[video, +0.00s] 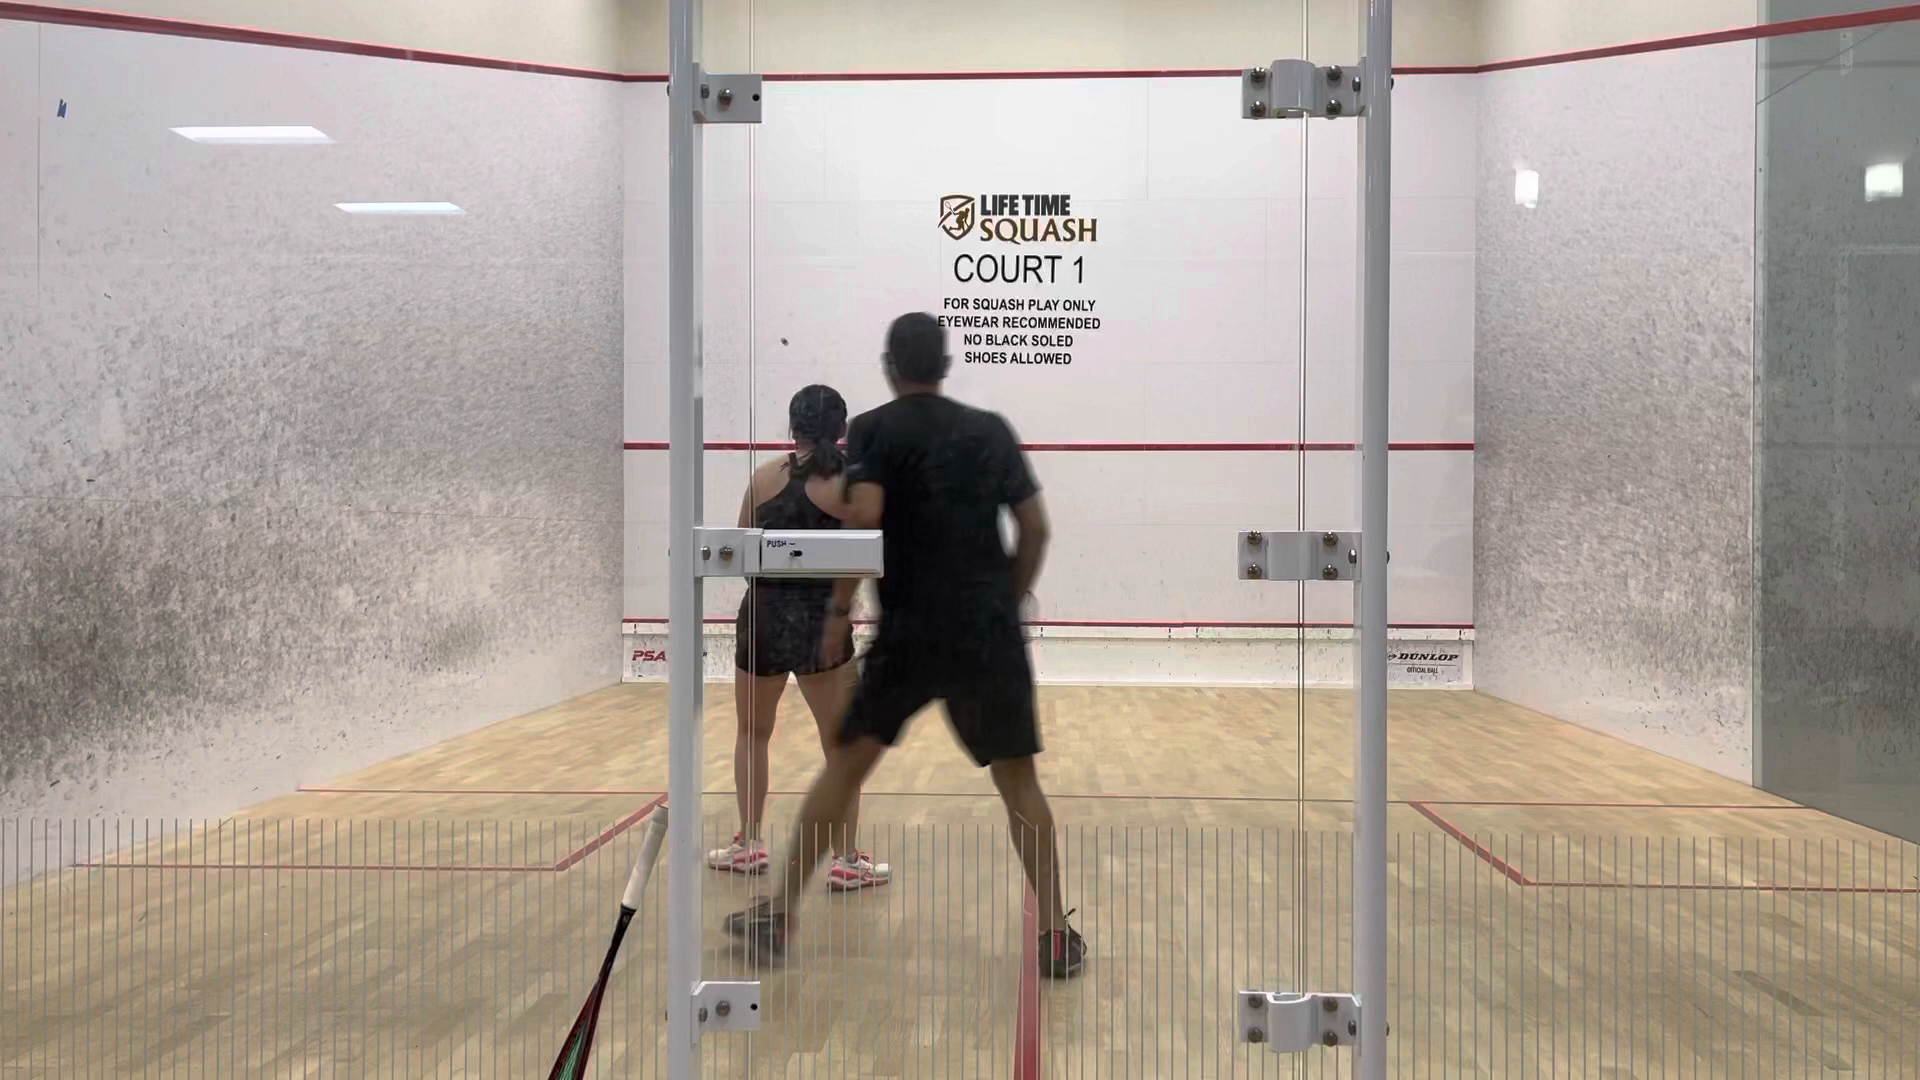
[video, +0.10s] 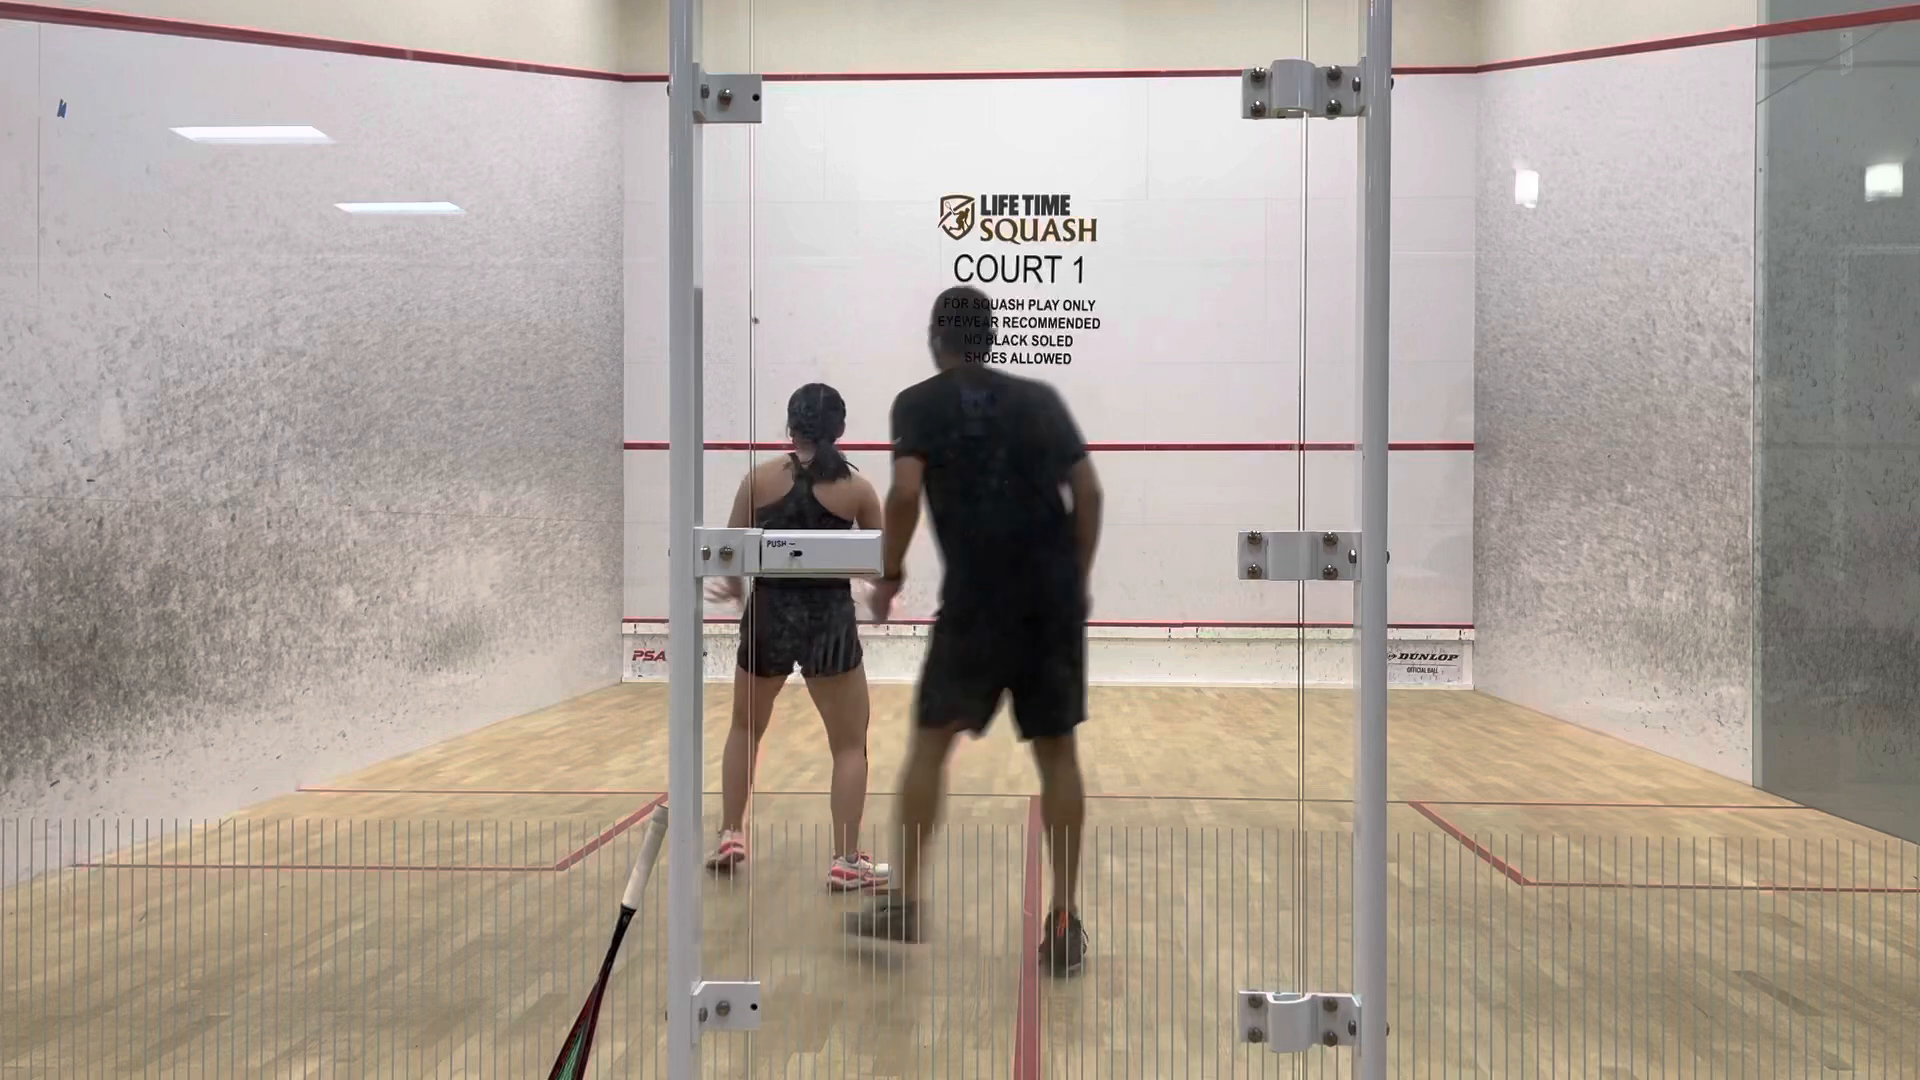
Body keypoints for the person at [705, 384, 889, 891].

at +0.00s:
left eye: (798, 427)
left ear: (792, 429)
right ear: (842, 430)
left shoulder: (764, 478)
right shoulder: (851, 484)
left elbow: (741, 547)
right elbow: (862, 558)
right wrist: (843, 609)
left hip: (763, 618)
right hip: (825, 620)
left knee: (752, 732)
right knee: (842, 742)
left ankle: (750, 841)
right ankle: (845, 855)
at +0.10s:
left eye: (795, 422)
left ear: (790, 427)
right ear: (840, 429)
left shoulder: (759, 479)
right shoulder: (858, 489)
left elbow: (730, 549)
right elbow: (881, 565)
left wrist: (734, 583)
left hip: (766, 623)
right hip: (828, 627)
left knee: (745, 729)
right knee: (849, 744)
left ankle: (732, 833)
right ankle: (846, 858)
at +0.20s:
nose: (781, 428)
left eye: (782, 419)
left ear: (782, 424)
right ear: (832, 426)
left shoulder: (758, 477)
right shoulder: (845, 487)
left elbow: (714, 545)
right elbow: (843, 557)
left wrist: (682, 561)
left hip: (773, 625)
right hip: (833, 627)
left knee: (738, 724)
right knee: (846, 744)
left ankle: (713, 832)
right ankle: (847, 857)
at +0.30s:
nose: (762, 423)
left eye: (765, 415)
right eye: (767, 415)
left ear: (768, 423)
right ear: (814, 427)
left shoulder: (755, 478)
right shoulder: (818, 480)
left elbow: (709, 536)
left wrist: (665, 525)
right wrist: (705, 480)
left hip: (771, 620)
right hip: (827, 620)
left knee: (732, 729)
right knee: (836, 742)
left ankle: (699, 836)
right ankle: (851, 849)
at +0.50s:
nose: (721, 427)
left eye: (725, 419)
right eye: (724, 418)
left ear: (734, 425)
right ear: (770, 427)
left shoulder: (722, 476)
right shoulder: (769, 476)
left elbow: (682, 520)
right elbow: (711, 514)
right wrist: (665, 517)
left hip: (726, 622)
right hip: (775, 619)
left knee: (691, 728)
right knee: (794, 738)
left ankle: (684, 834)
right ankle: (862, 809)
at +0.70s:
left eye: (701, 414)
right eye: (742, 418)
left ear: (701, 418)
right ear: (745, 424)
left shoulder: (688, 464)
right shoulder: (743, 467)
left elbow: (657, 539)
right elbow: (683, 539)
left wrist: (636, 586)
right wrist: (638, 578)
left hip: (705, 607)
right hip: (754, 603)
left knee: (680, 716)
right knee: (767, 721)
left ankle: (682, 823)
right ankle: (811, 791)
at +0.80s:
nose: (679, 417)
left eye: (687, 409)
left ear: (695, 414)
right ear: (739, 423)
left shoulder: (674, 458)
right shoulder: (744, 471)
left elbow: (646, 533)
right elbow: (694, 545)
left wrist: (625, 591)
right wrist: (642, 597)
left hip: (692, 606)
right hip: (747, 605)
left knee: (675, 716)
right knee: (768, 712)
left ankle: (680, 825)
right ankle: (789, 796)